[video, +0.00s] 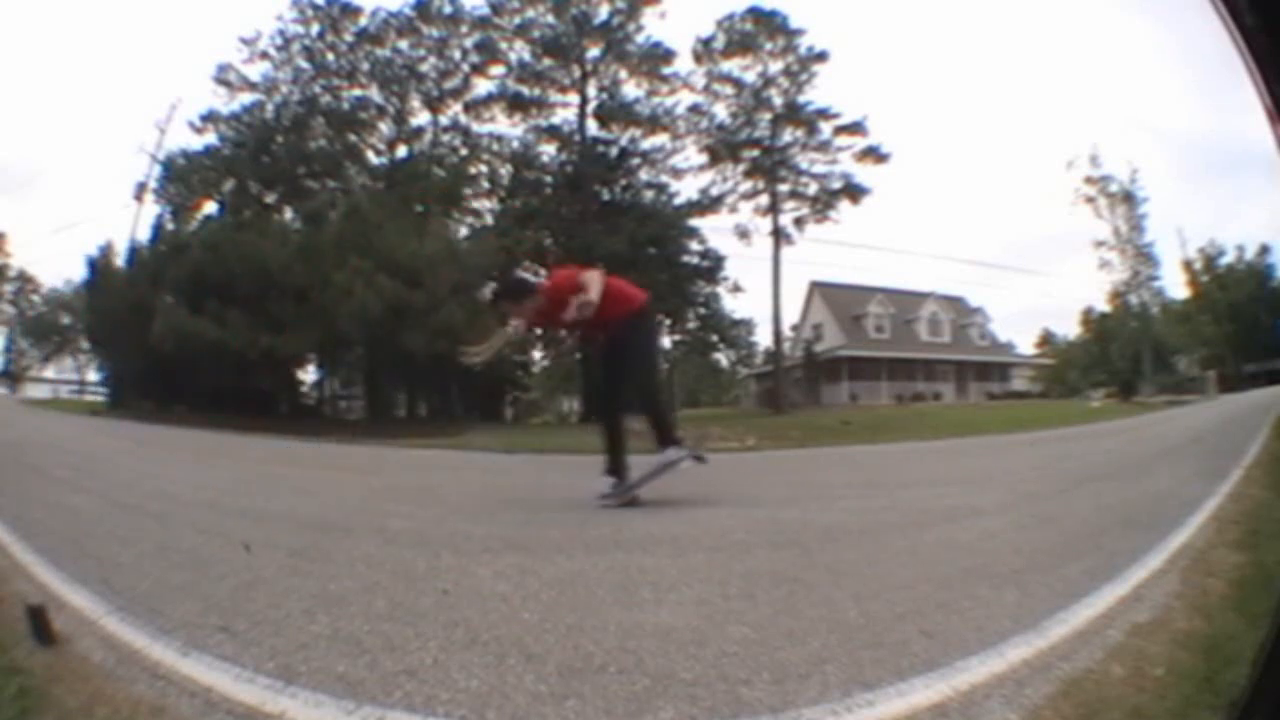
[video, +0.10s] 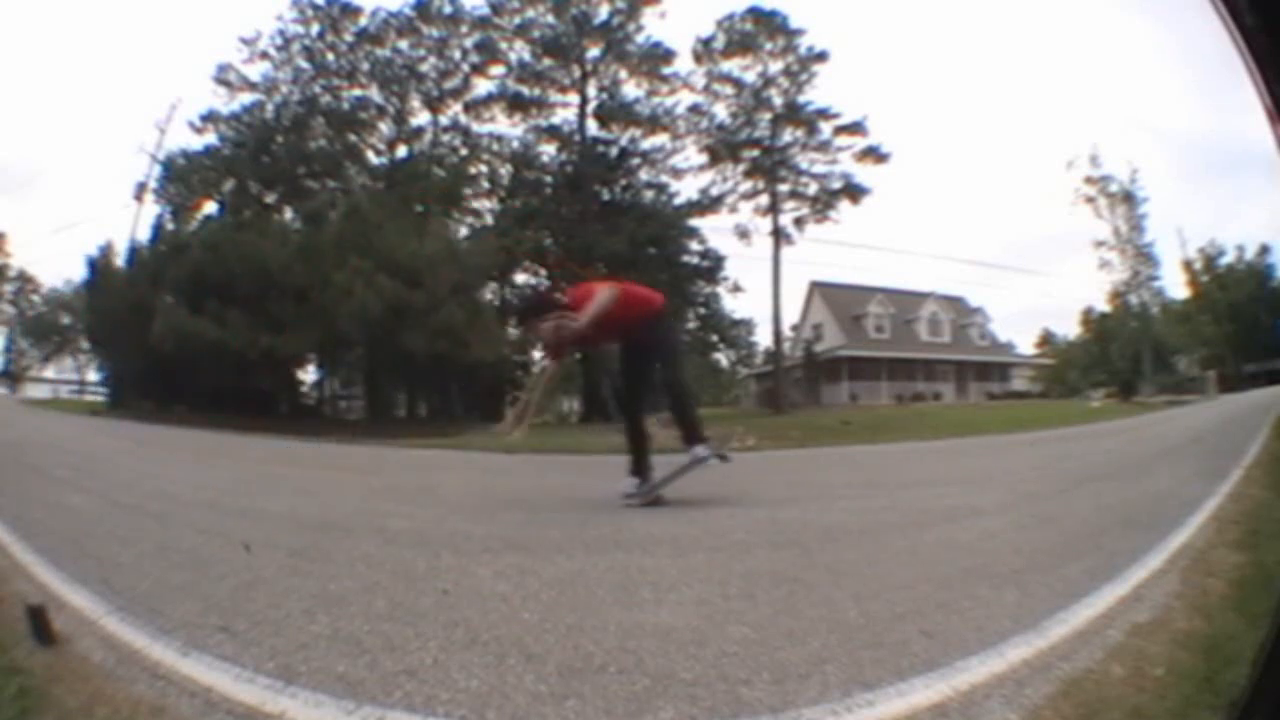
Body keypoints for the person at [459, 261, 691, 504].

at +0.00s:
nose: (515, 316)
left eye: (514, 310)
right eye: (511, 313)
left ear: (525, 299)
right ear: (518, 306)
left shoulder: (557, 284)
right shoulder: (534, 311)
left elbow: (594, 275)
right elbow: (511, 330)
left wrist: (591, 295)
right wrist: (485, 352)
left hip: (632, 316)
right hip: (602, 331)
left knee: (645, 384)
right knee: (606, 403)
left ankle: (670, 444)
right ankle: (618, 477)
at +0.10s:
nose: (538, 337)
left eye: (537, 329)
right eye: (534, 332)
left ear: (549, 315)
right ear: (542, 323)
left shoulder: (577, 298)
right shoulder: (561, 337)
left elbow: (609, 291)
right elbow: (546, 379)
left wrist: (583, 319)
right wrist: (525, 416)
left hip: (657, 317)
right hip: (631, 334)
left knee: (673, 382)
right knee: (630, 401)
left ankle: (697, 443)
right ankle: (641, 476)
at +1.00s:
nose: (682, 398)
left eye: (679, 393)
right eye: (677, 394)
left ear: (659, 399)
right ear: (666, 400)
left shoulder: (668, 418)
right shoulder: (647, 432)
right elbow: (608, 467)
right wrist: (628, 505)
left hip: (721, 466)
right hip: (717, 492)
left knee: (787, 454)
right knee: (791, 473)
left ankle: (824, 464)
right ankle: (821, 487)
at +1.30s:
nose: (619, 451)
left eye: (615, 449)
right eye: (613, 450)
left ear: (597, 461)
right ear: (605, 457)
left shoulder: (618, 474)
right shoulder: (615, 481)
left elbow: (650, 474)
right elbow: (647, 481)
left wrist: (662, 446)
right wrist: (673, 450)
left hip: (702, 475)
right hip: (702, 485)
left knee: (761, 446)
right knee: (763, 441)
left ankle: (807, 473)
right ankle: (820, 469)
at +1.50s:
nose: (599, 452)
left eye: (594, 450)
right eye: (593, 452)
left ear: (582, 468)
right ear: (586, 463)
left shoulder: (607, 479)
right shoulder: (607, 485)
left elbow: (652, 481)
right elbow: (654, 483)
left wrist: (673, 450)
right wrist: (679, 444)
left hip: (696, 480)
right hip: (696, 484)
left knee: (755, 462)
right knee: (745, 425)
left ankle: (812, 470)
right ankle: (815, 443)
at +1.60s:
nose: (595, 457)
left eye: (590, 455)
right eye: (589, 458)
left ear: (586, 467)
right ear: (583, 470)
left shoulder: (609, 479)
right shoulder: (607, 486)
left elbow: (650, 490)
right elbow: (651, 497)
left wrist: (674, 466)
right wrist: (671, 467)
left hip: (699, 481)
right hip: (698, 483)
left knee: (757, 463)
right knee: (745, 424)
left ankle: (814, 469)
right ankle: (814, 441)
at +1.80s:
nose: (589, 463)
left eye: (584, 460)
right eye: (583, 464)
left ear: (586, 470)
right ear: (581, 477)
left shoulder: (608, 481)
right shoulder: (604, 488)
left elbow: (646, 494)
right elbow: (645, 503)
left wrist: (673, 469)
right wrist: (672, 472)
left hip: (698, 477)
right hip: (696, 486)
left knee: (767, 460)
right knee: (769, 459)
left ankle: (820, 476)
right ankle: (836, 462)